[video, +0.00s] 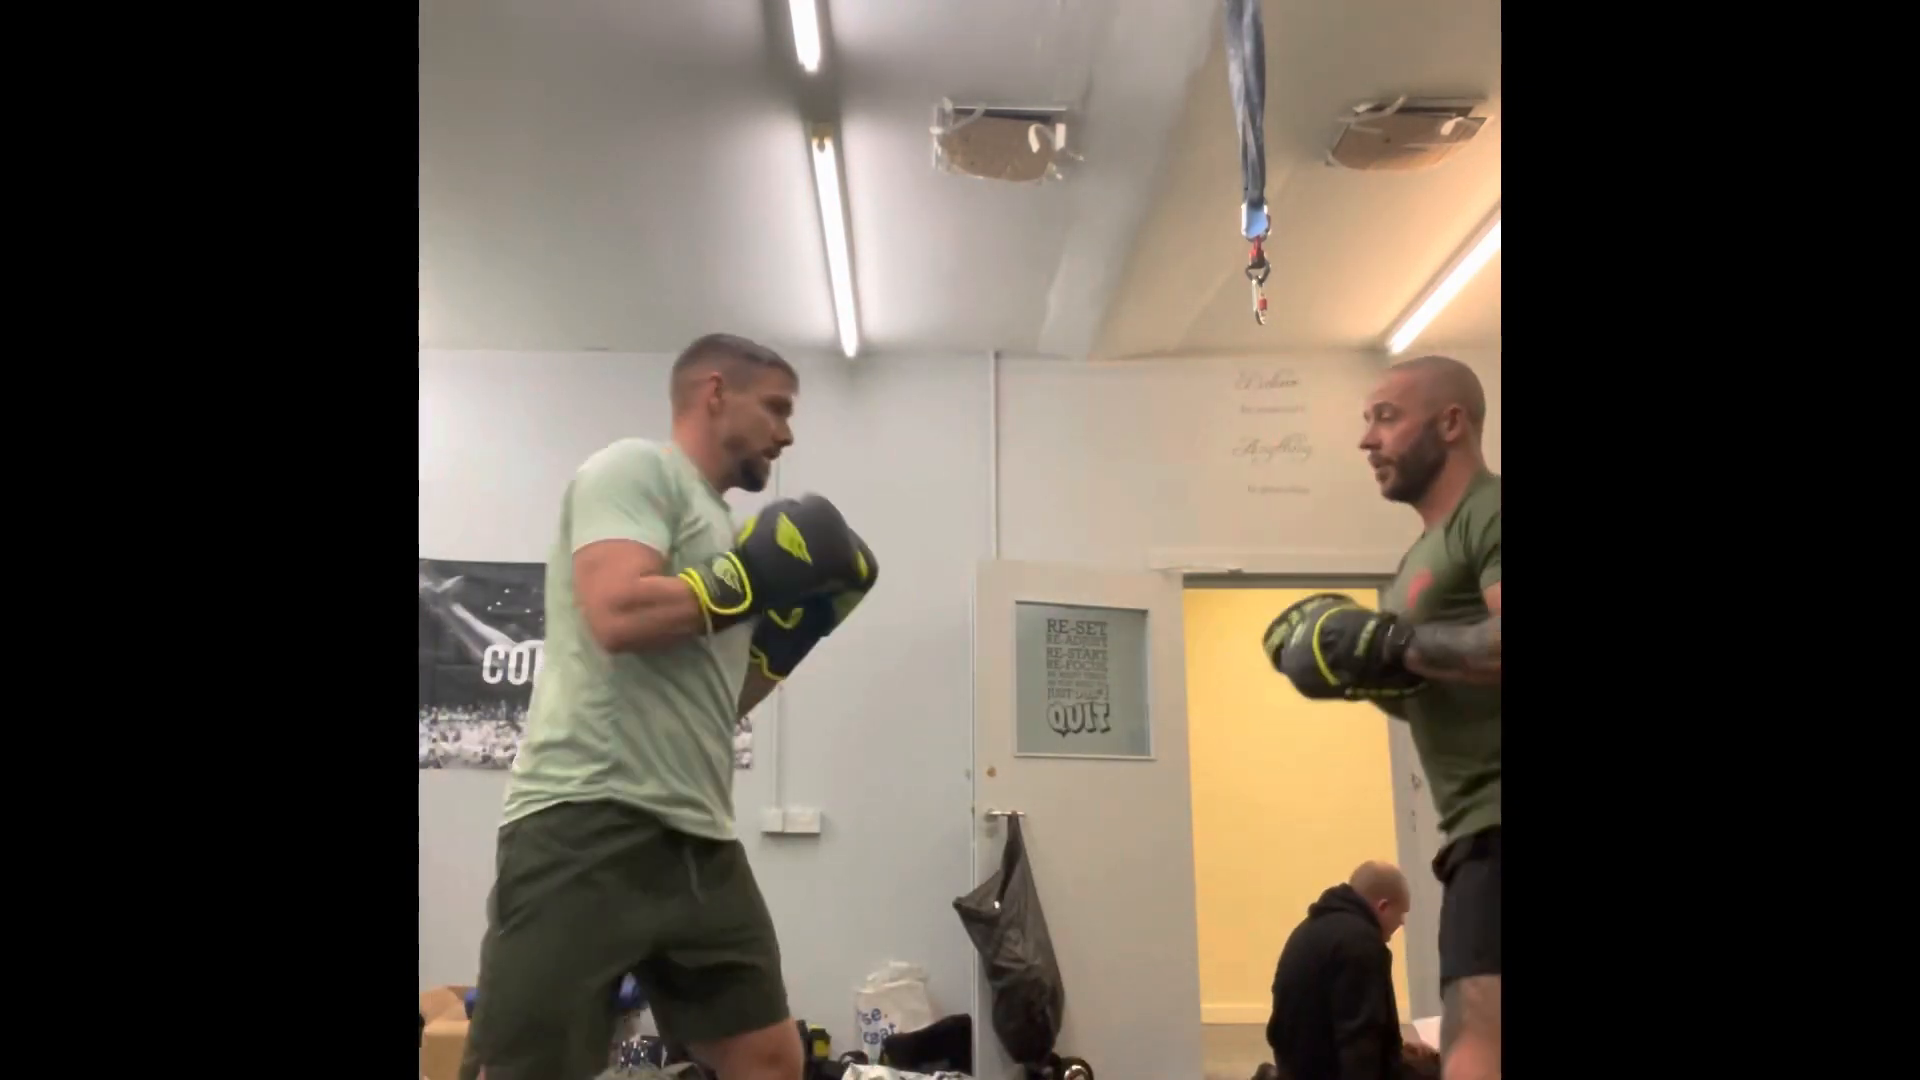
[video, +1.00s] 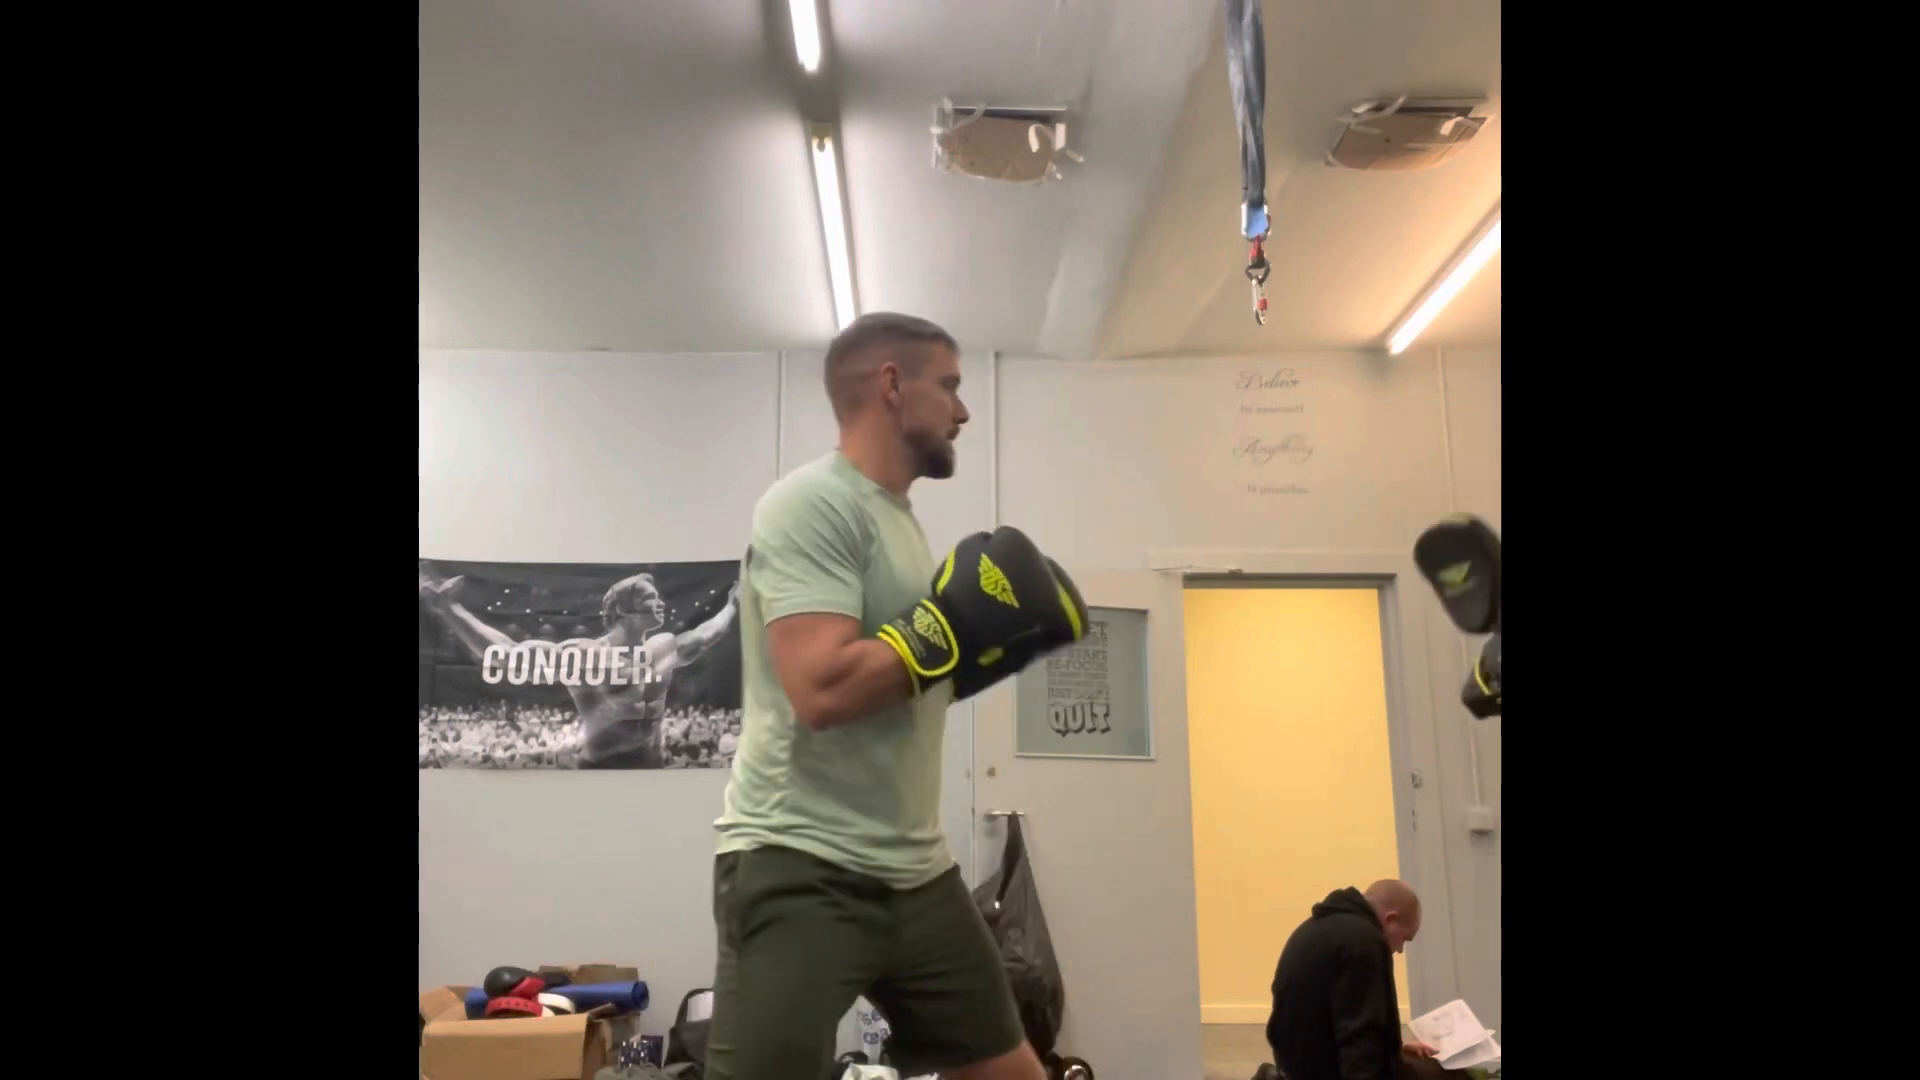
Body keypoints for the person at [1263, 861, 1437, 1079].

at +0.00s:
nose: (1400, 925)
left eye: (1402, 917)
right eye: (1400, 916)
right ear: (1382, 908)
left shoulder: (1308, 930)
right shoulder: (1362, 943)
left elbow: (1280, 1031)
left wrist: (1395, 1049)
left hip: (1299, 1067)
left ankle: (1272, 1073)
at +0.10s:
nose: (1404, 927)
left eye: (1406, 918)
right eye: (1404, 917)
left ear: (1358, 896)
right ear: (1386, 909)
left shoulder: (1311, 929)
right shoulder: (1365, 942)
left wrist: (1398, 1047)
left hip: (1298, 1068)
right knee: (1454, 1071)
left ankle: (1275, 1075)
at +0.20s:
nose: (1406, 926)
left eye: (1409, 917)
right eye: (1407, 916)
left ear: (1360, 897)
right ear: (1387, 909)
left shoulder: (1315, 927)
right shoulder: (1367, 942)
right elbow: (1365, 1037)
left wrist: (1396, 1047)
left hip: (1299, 1064)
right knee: (1451, 1069)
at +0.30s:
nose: (1406, 928)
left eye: (1409, 919)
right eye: (1407, 918)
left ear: (1361, 897)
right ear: (1388, 910)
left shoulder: (1314, 928)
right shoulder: (1367, 941)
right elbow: (1366, 1039)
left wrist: (1396, 1047)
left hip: (1298, 1066)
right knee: (1450, 1069)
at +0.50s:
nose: (1402, 944)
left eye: (1407, 936)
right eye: (1405, 934)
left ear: (1365, 903)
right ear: (1390, 916)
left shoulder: (1314, 928)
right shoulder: (1365, 941)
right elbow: (1364, 1038)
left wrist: (1397, 1048)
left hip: (1300, 1066)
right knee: (1450, 1070)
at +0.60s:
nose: (1401, 948)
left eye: (1407, 939)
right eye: (1405, 937)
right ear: (1390, 918)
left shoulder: (1316, 928)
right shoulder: (1365, 941)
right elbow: (1365, 1037)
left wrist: (1398, 1048)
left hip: (1298, 1064)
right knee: (1449, 1070)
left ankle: (1276, 1073)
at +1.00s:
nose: (1399, 951)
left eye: (1406, 941)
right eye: (1405, 938)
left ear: (1386, 913)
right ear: (1390, 918)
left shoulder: (1315, 927)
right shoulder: (1364, 940)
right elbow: (1362, 1041)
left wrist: (1397, 1047)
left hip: (1299, 1064)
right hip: (1336, 1069)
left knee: (1430, 1063)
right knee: (1449, 1069)